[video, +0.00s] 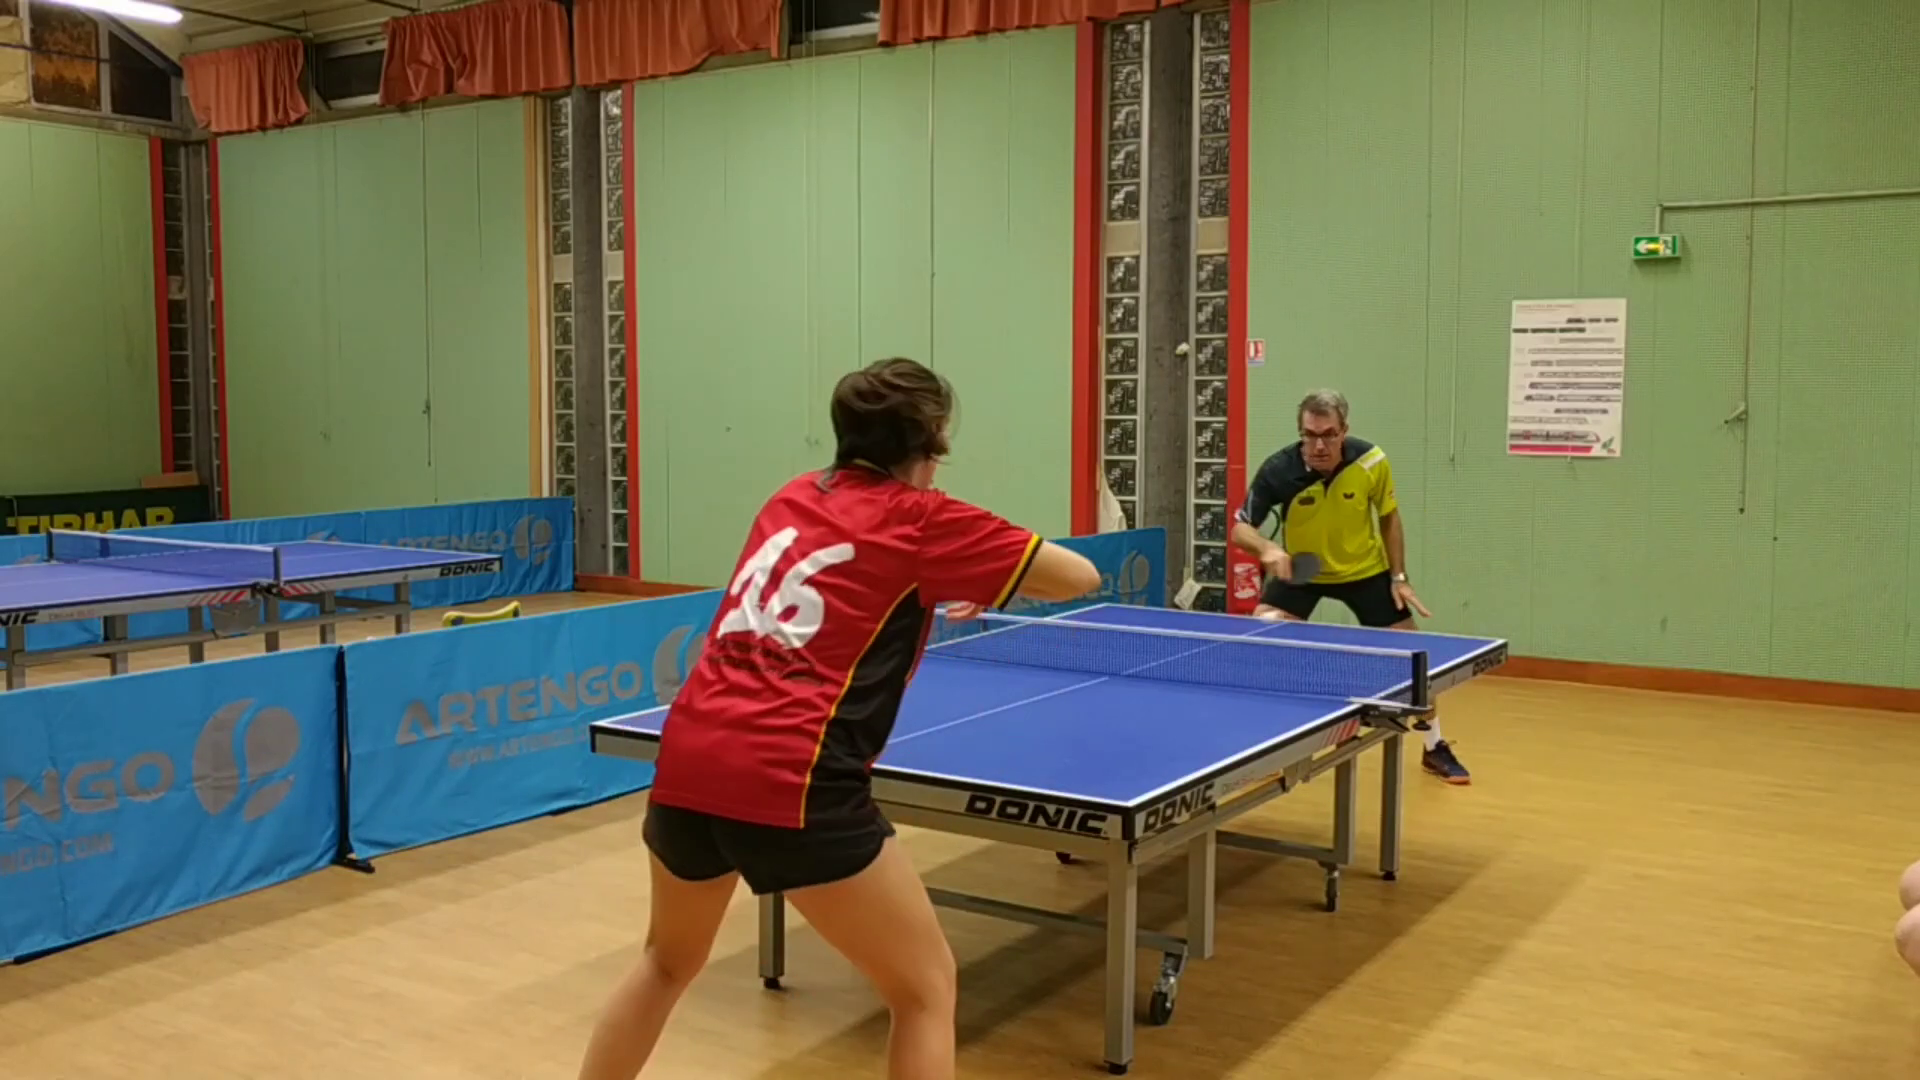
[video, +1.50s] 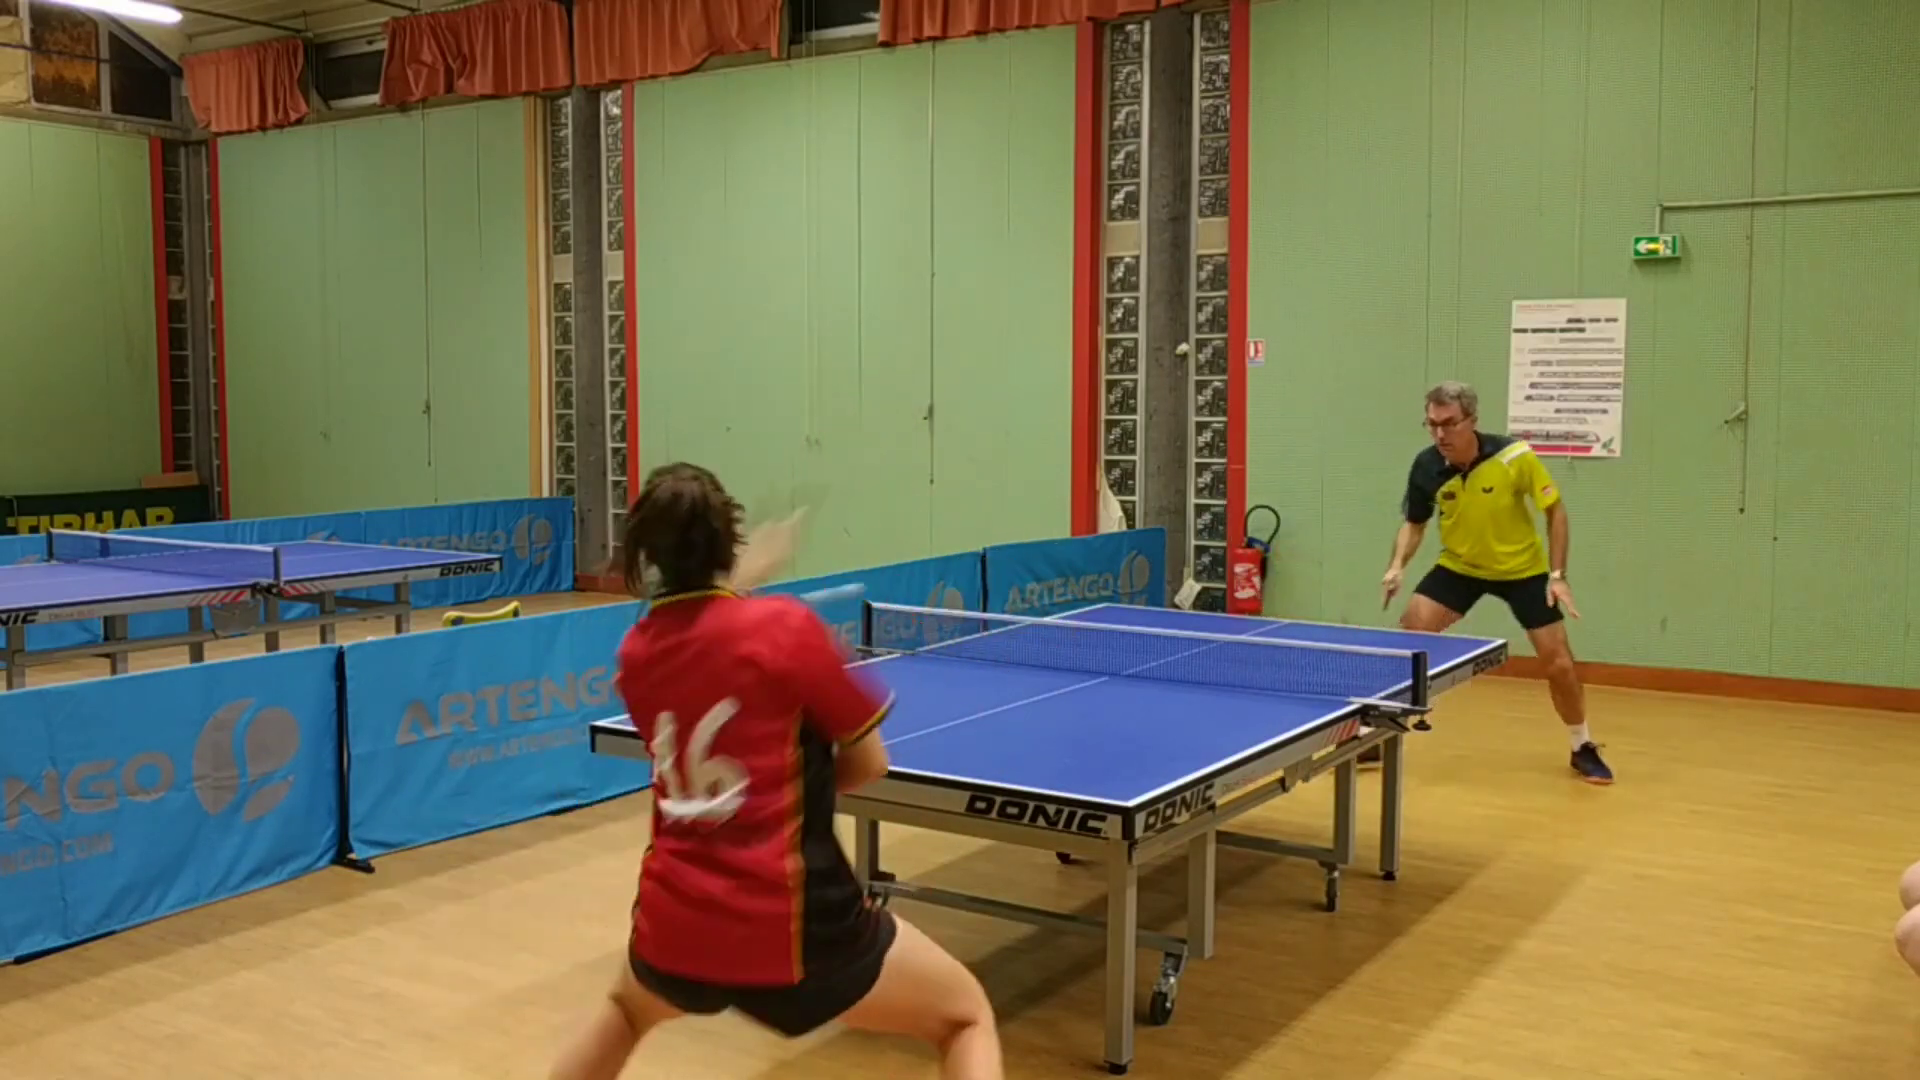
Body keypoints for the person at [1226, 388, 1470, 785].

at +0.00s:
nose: (1318, 445)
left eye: (1328, 435)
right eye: (1311, 435)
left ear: (1344, 431)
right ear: (1301, 432)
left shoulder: (1369, 461)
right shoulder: (1278, 471)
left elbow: (1389, 518)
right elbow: (1239, 529)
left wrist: (1398, 576)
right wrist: (1268, 548)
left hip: (1364, 573)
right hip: (1300, 574)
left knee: (1410, 650)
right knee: (1257, 647)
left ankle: (1435, 745)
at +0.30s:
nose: (1413, 481)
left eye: (1420, 472)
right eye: (1404, 470)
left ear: (1429, 468)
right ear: (1385, 461)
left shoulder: (1425, 486)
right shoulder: (1355, 498)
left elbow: (1423, 533)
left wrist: (1447, 584)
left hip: (1401, 579)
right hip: (1341, 580)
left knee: (1448, 648)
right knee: (1296, 637)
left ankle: (1456, 751)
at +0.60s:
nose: (1466, 491)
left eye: (1475, 483)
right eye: (1458, 479)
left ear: (1482, 480)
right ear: (1437, 471)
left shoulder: (1453, 495)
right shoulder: (1413, 503)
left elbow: (1445, 534)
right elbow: (1442, 578)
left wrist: (1459, 575)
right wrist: (1493, 603)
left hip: (1418, 581)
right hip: (1364, 581)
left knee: (1464, 650)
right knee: (1321, 650)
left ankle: (1458, 751)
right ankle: (1275, 752)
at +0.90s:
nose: (1455, 444)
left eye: (1466, 436)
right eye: (1448, 433)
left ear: (1483, 435)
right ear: (1439, 428)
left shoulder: (1486, 464)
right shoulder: (1413, 465)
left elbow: (1475, 515)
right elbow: (1394, 531)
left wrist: (1484, 570)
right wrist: (1426, 573)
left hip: (1443, 568)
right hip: (1388, 562)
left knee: (1469, 646)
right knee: (1346, 636)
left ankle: (1458, 750)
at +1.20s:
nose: (1414, 440)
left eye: (1424, 430)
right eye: (1408, 429)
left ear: (1445, 429)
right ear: (1400, 427)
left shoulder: (1468, 463)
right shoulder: (1378, 473)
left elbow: (1484, 517)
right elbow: (1350, 538)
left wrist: (1503, 575)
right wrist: (1363, 583)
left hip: (1457, 573)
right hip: (1395, 575)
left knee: (1511, 653)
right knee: (1357, 644)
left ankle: (1534, 739)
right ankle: (1341, 743)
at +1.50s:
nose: (1439, 435)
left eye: (1448, 424)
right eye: (1432, 425)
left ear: (1471, 421)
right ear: (1427, 426)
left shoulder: (1514, 456)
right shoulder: (1428, 466)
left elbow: (1555, 510)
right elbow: (1413, 523)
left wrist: (1558, 574)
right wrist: (1397, 565)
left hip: (1522, 570)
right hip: (1459, 567)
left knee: (1560, 665)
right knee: (1412, 628)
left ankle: (1583, 747)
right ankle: (1381, 726)